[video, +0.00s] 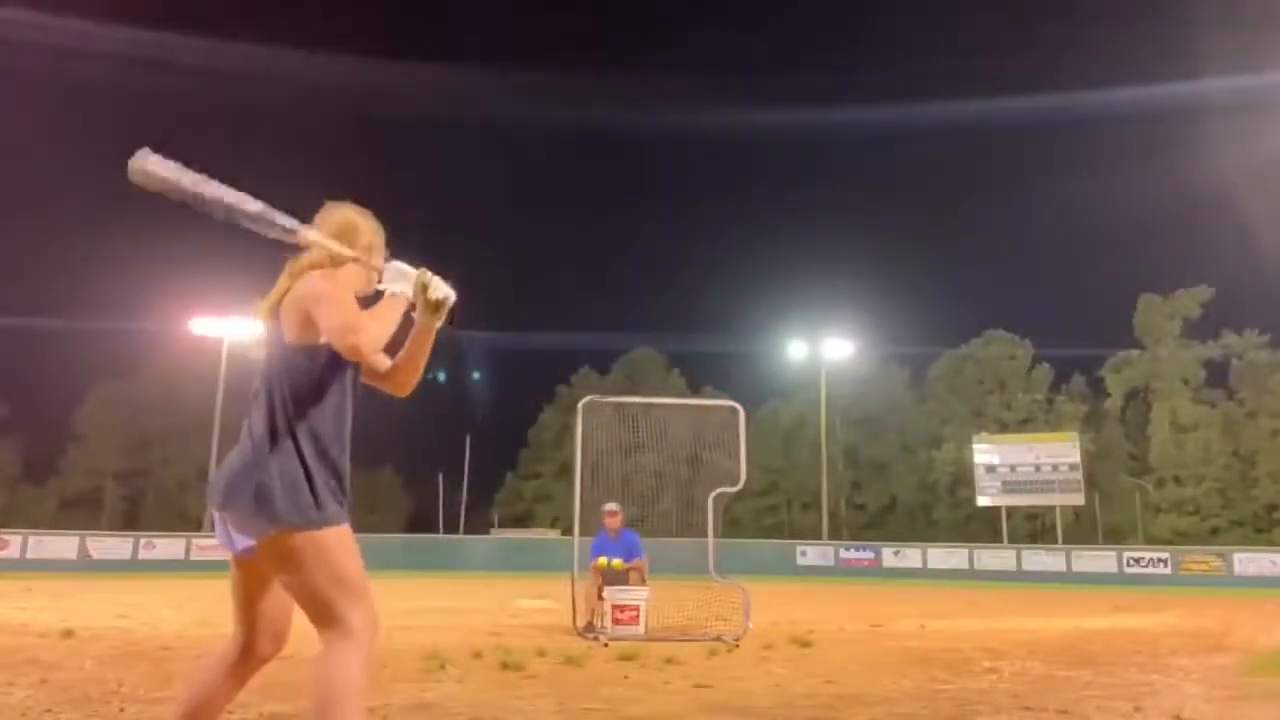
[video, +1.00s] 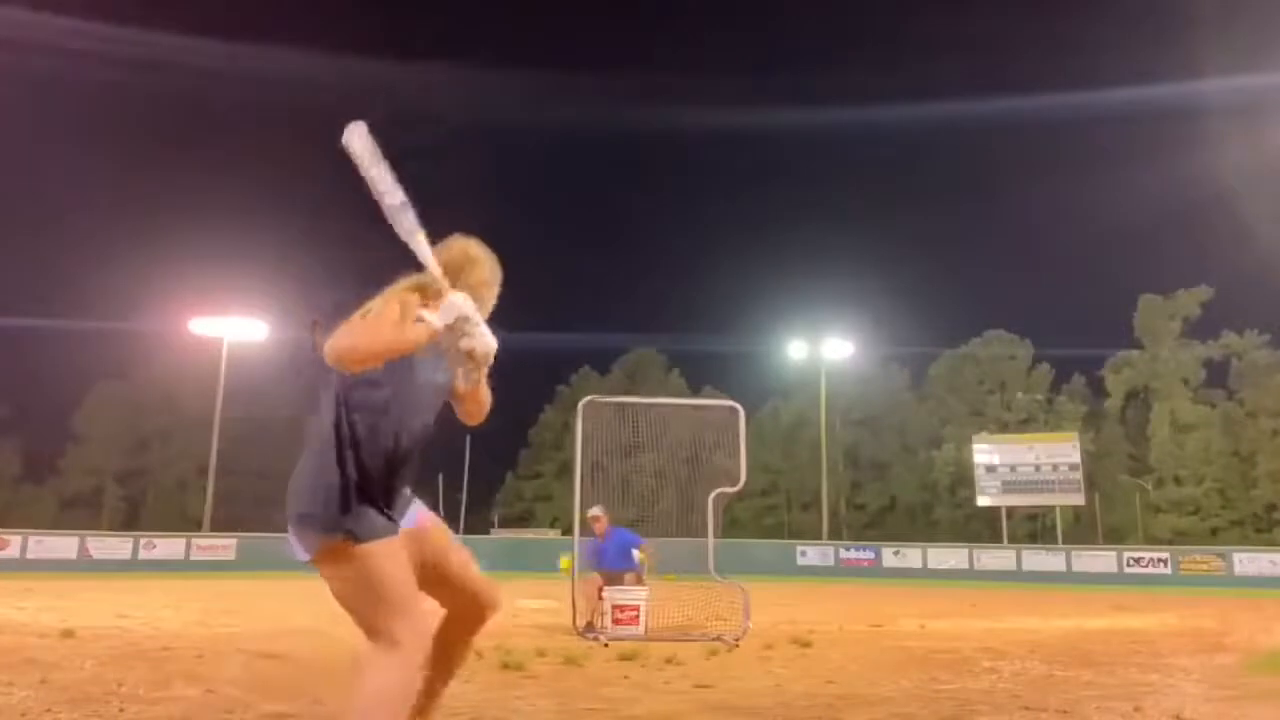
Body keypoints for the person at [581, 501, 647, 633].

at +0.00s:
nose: (612, 520)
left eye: (615, 515)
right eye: (608, 516)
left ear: (621, 517)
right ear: (604, 519)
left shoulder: (631, 537)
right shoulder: (599, 539)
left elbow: (640, 560)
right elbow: (593, 562)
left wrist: (625, 566)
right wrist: (600, 564)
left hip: (625, 572)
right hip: (606, 572)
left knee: (635, 573)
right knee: (593, 580)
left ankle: (635, 618)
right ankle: (590, 620)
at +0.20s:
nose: (609, 520)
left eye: (612, 516)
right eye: (605, 516)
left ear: (618, 517)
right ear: (601, 519)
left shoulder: (630, 537)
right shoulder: (599, 538)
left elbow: (638, 560)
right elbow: (594, 564)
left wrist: (618, 556)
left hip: (625, 572)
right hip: (606, 573)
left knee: (635, 577)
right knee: (594, 580)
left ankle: (634, 619)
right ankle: (590, 620)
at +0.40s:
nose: (604, 521)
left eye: (607, 517)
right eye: (601, 518)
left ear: (614, 517)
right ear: (597, 520)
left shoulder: (626, 537)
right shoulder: (596, 540)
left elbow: (636, 560)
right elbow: (593, 562)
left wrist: (621, 564)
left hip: (625, 573)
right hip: (606, 574)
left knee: (635, 577)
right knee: (593, 580)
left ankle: (635, 621)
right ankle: (590, 621)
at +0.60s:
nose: (597, 524)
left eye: (600, 519)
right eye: (594, 521)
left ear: (607, 519)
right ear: (591, 523)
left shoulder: (620, 535)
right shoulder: (594, 545)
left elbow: (639, 552)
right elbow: (592, 568)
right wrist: (598, 578)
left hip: (622, 573)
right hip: (603, 575)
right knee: (590, 586)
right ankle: (589, 622)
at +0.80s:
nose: (594, 525)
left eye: (596, 520)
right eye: (591, 522)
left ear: (604, 520)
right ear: (588, 524)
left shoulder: (619, 535)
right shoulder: (591, 547)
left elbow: (645, 547)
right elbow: (592, 570)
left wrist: (661, 565)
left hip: (626, 575)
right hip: (605, 577)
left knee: (632, 577)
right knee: (592, 580)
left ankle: (629, 621)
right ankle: (590, 622)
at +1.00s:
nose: (596, 525)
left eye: (598, 520)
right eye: (592, 522)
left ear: (606, 519)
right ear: (590, 524)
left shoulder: (620, 534)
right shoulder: (594, 544)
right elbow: (593, 568)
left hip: (625, 574)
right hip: (606, 575)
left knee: (631, 577)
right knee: (591, 581)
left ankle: (628, 621)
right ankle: (590, 622)